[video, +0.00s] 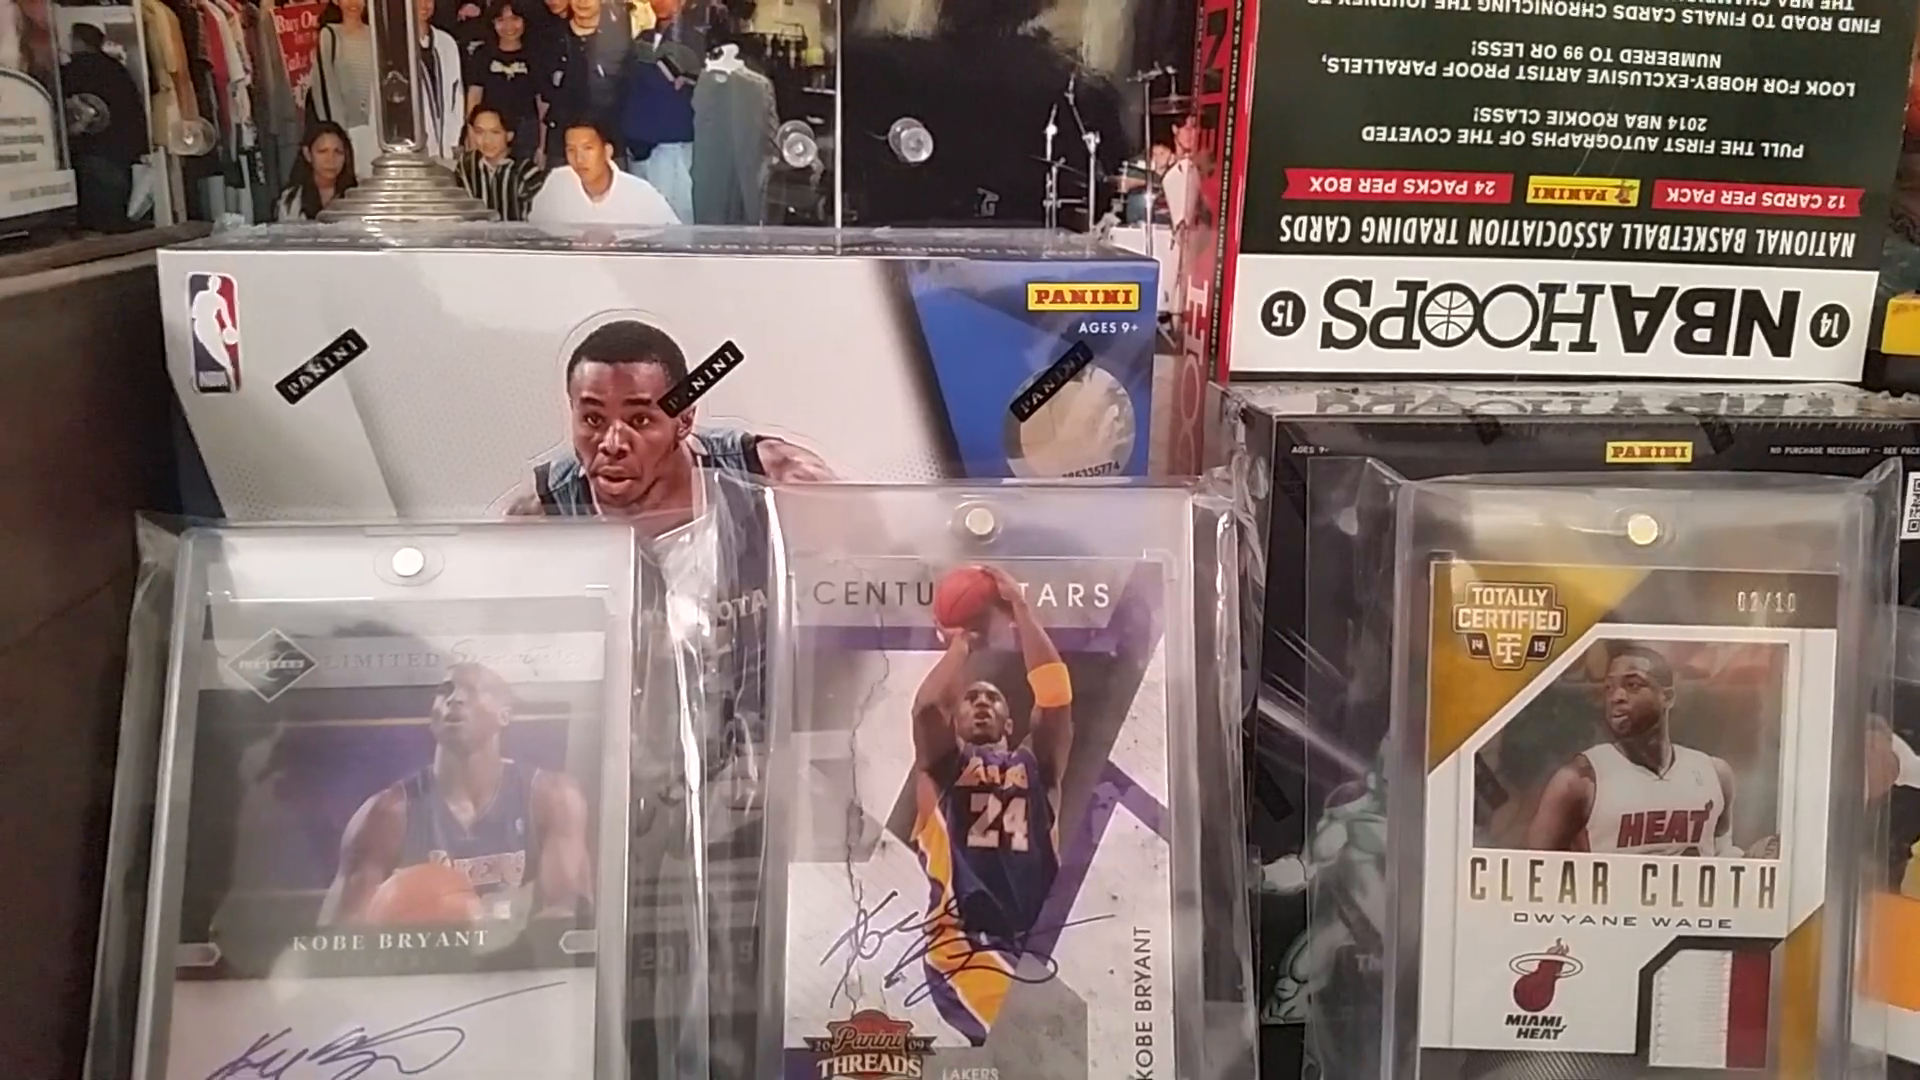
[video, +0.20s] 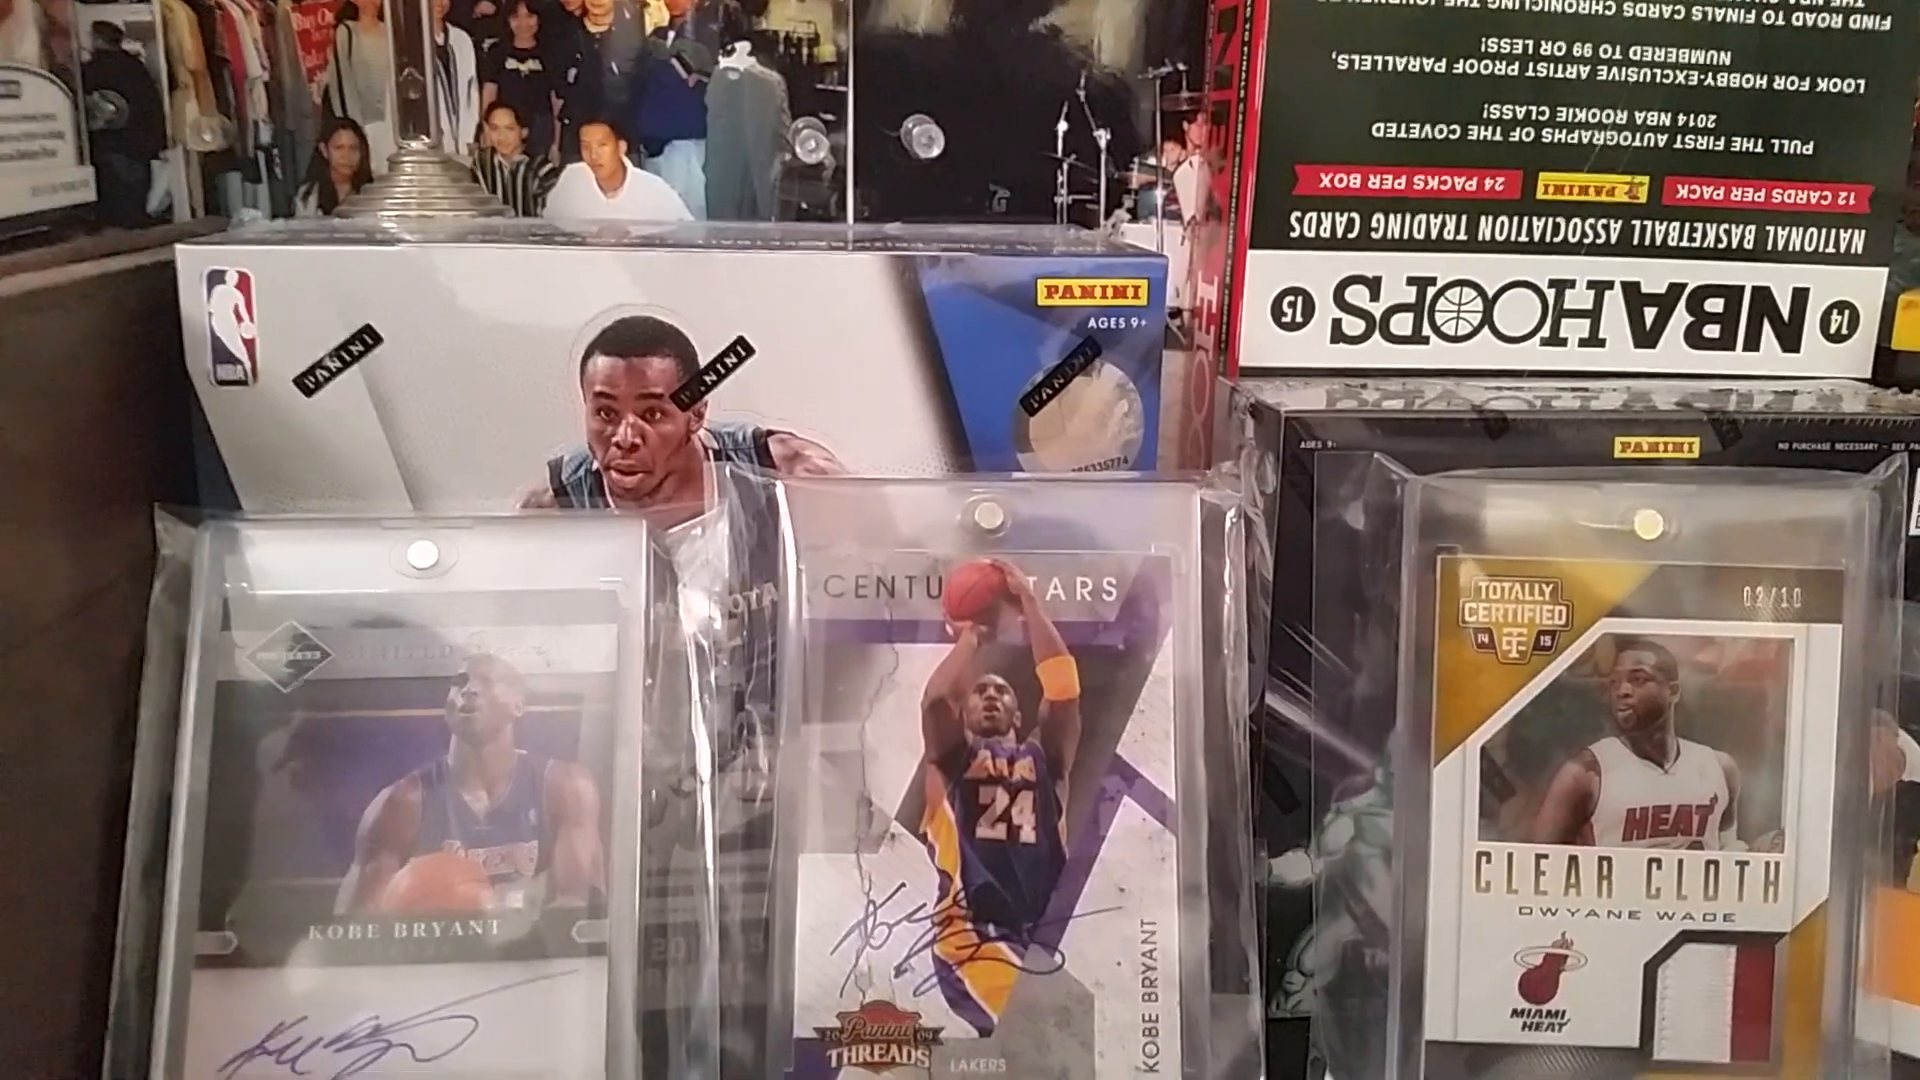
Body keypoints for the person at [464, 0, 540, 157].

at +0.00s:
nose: (509, 26)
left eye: (515, 18)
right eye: (501, 20)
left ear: (524, 22)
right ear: (494, 25)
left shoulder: (534, 56)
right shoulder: (483, 55)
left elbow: (542, 103)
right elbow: (474, 96)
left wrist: (542, 146)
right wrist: (471, 135)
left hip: (525, 130)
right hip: (491, 131)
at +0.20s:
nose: (525, 22)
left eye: (530, 16)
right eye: (518, 17)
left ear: (538, 21)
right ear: (511, 22)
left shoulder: (549, 53)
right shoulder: (498, 51)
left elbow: (557, 99)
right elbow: (489, 91)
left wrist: (556, 143)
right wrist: (486, 130)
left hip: (540, 127)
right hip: (506, 127)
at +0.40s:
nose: (542, 25)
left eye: (542, 20)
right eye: (536, 20)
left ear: (545, 25)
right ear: (521, 26)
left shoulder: (557, 56)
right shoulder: (507, 55)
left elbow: (565, 103)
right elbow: (498, 96)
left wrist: (564, 145)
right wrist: (495, 134)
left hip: (548, 131)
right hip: (514, 132)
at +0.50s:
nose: (500, 31)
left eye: (507, 25)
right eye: (497, 25)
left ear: (520, 29)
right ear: (491, 30)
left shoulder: (531, 63)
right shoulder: (480, 61)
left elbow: (538, 108)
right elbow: (472, 100)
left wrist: (538, 148)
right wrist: (465, 140)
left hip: (520, 135)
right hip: (485, 137)